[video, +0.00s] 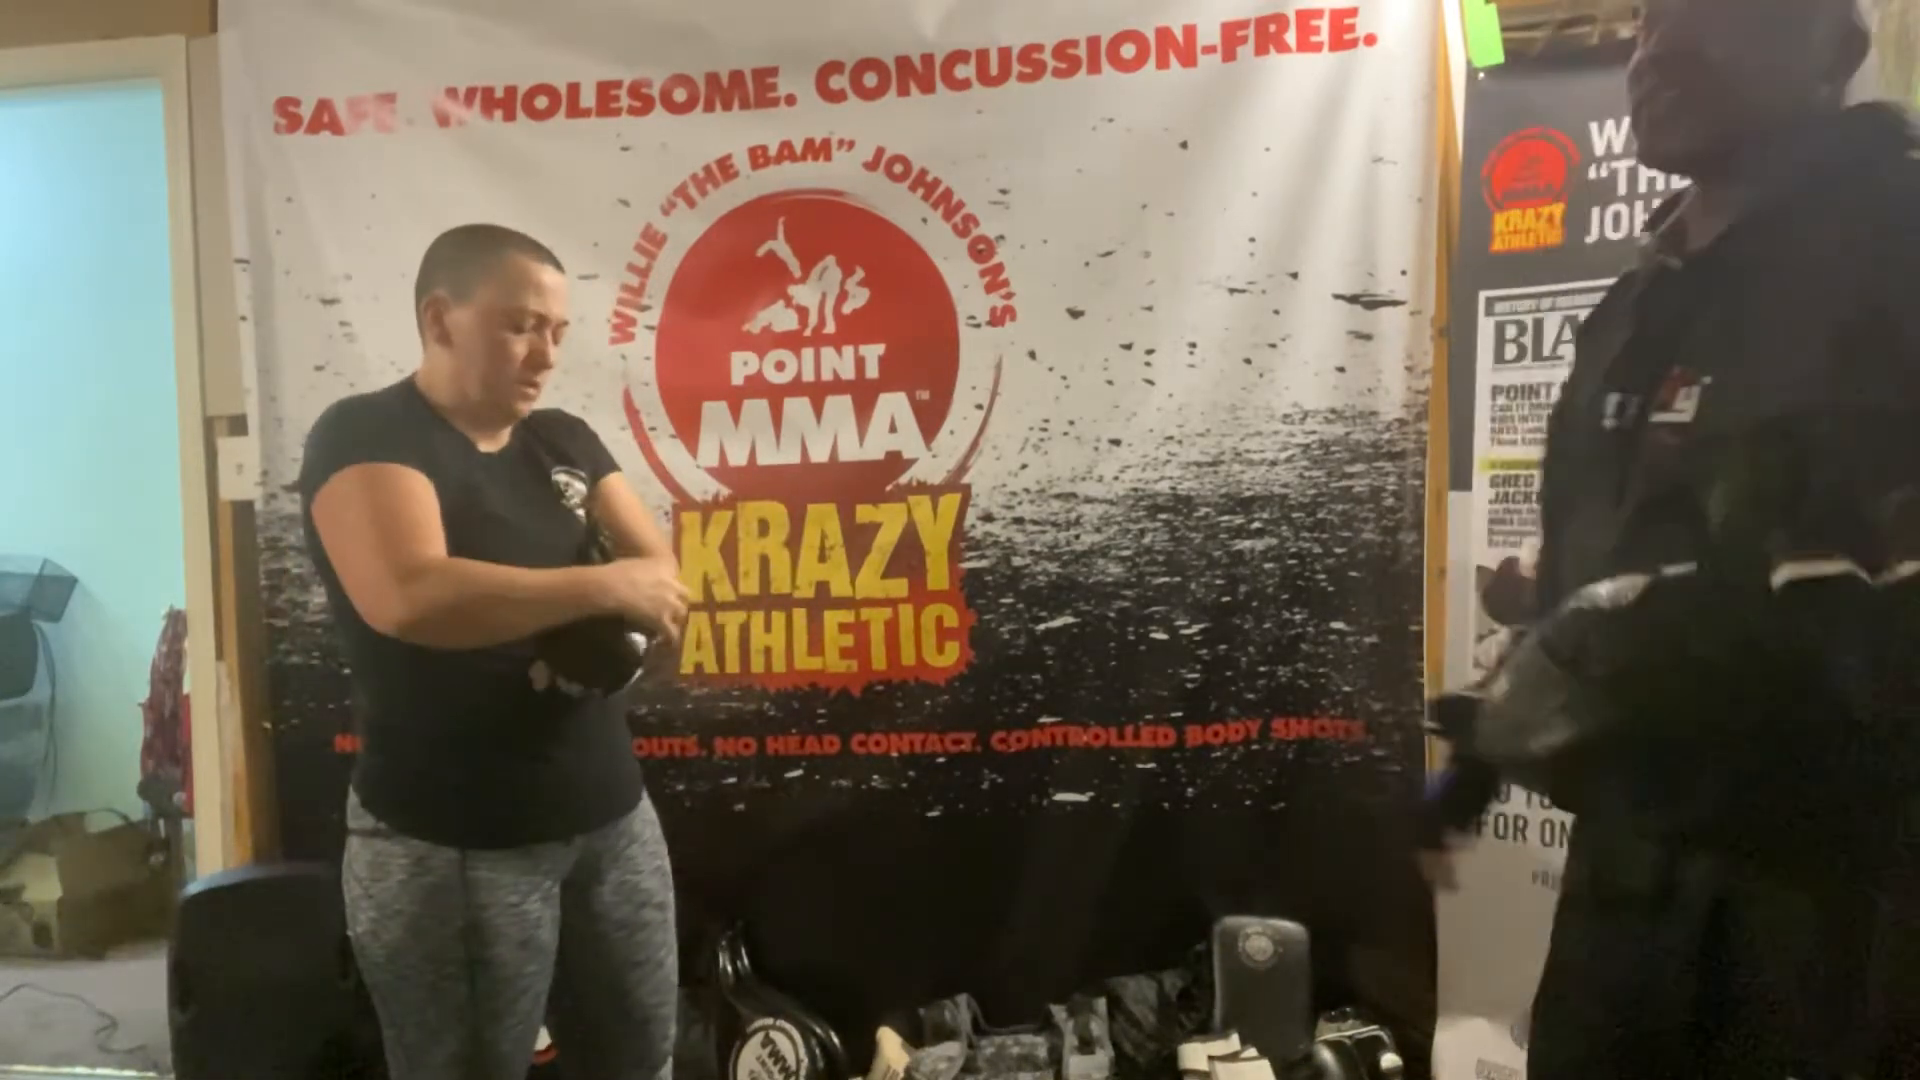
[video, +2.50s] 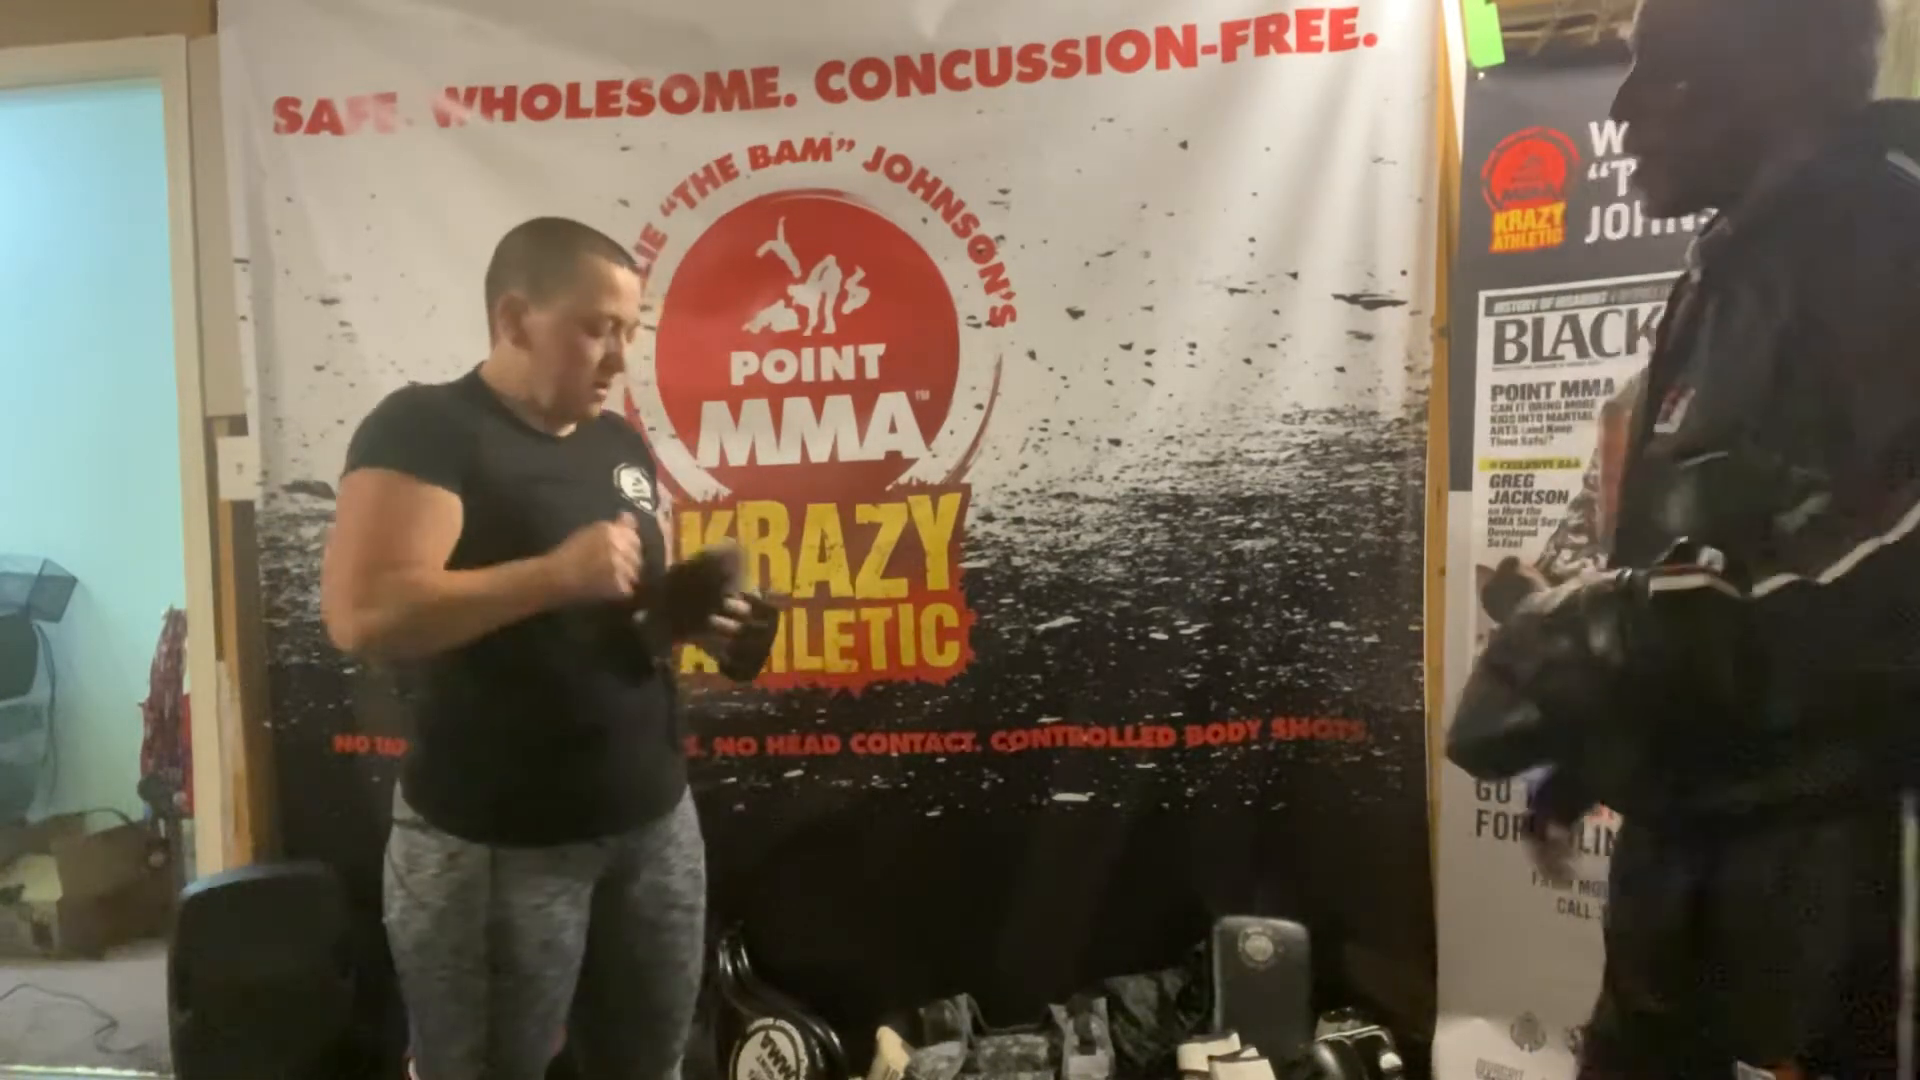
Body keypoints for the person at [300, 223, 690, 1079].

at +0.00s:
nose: (545, 353)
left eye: (555, 331)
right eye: (523, 325)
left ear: (563, 334)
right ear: (440, 316)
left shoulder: (561, 440)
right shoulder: (363, 436)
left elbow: (656, 562)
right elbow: (405, 594)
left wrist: (616, 628)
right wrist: (607, 586)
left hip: (609, 826)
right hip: (449, 851)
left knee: (636, 1064)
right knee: (467, 1067)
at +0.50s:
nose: (554, 356)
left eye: (564, 333)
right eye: (533, 327)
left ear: (570, 337)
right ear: (450, 318)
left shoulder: (573, 443)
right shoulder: (370, 430)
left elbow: (659, 565)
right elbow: (392, 594)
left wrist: (651, 633)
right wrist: (598, 561)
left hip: (611, 825)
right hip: (450, 850)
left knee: (641, 1063)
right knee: (467, 1066)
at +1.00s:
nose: (619, 356)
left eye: (630, 334)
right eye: (600, 329)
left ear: (639, 338)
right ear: (521, 319)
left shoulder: (641, 451)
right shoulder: (437, 433)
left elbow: (705, 583)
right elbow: (455, 611)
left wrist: (757, 646)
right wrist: (643, 591)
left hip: (662, 826)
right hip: (498, 842)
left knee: (654, 1066)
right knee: (498, 1068)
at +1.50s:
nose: (668, 367)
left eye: (680, 346)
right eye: (648, 339)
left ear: (687, 345)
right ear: (574, 325)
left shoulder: (682, 453)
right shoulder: (487, 427)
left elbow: (748, 591)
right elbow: (477, 602)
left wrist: (807, 638)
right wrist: (679, 638)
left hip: (690, 822)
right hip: (532, 831)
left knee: (667, 1065)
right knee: (520, 1066)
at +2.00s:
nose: (642, 362)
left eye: (652, 339)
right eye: (620, 333)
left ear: (657, 336)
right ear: (542, 323)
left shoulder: (654, 443)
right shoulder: (454, 423)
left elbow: (697, 589)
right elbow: (441, 608)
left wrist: (749, 620)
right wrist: (631, 635)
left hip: (673, 827)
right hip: (511, 840)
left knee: (656, 1065)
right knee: (500, 1067)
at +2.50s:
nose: (621, 356)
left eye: (629, 333)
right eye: (602, 329)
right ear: (516, 319)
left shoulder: (619, 448)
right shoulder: (420, 430)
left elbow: (638, 612)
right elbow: (363, 611)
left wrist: (701, 616)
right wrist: (553, 576)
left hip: (650, 832)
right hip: (490, 850)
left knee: (643, 1066)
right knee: (482, 1069)